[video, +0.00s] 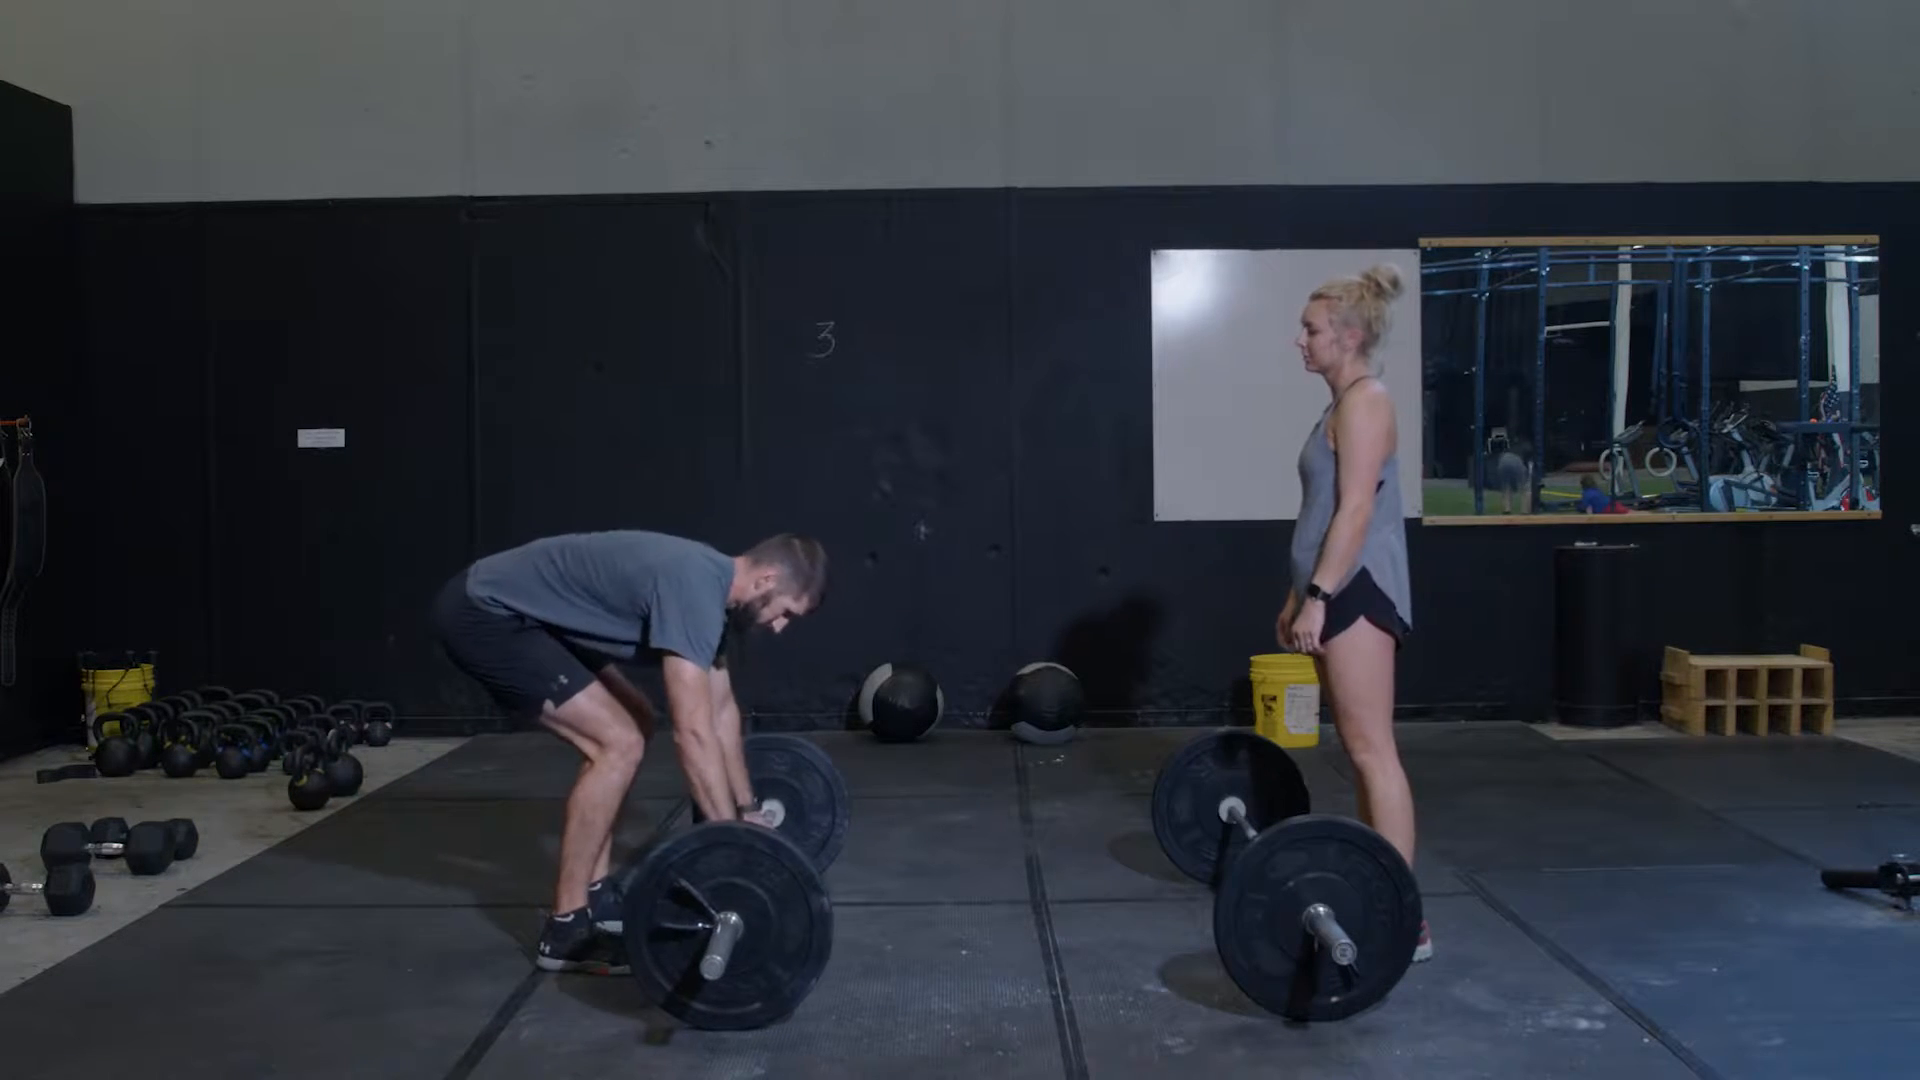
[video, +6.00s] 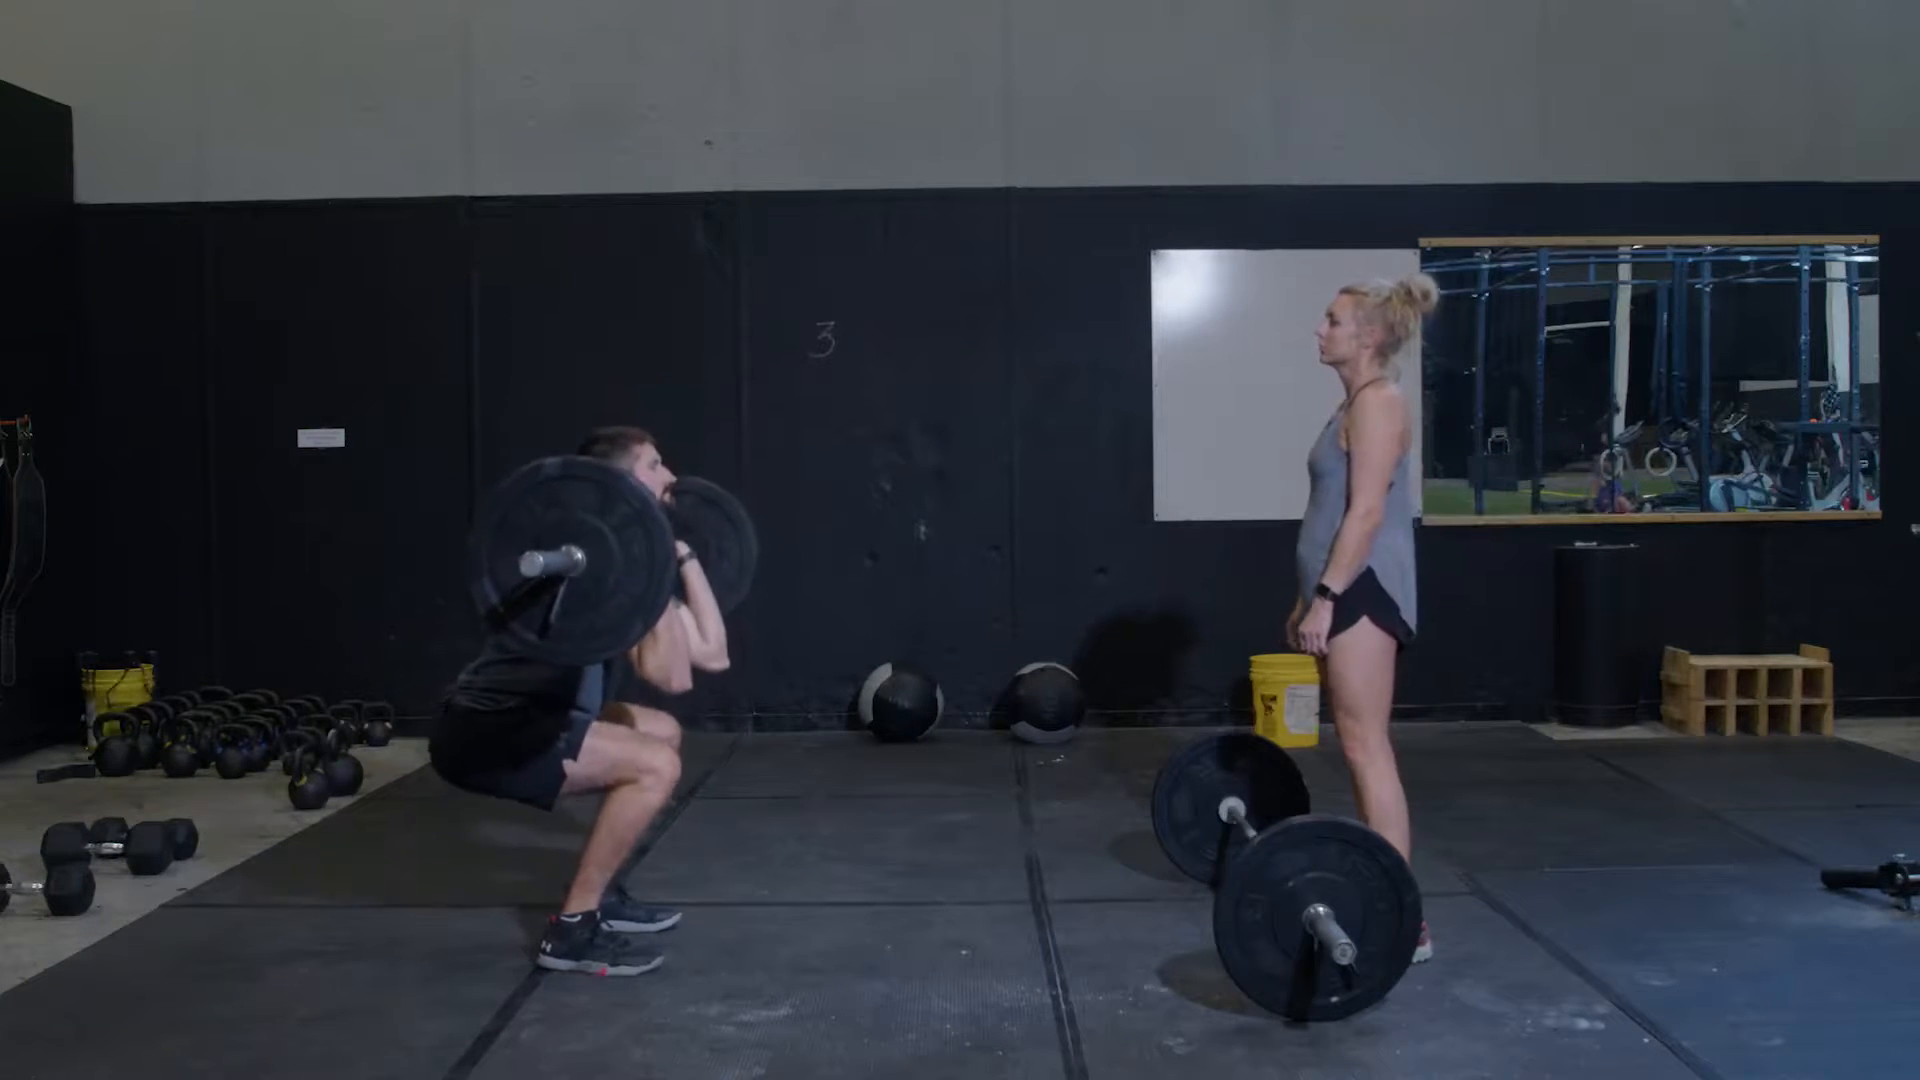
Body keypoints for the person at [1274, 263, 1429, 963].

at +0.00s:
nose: (1301, 341)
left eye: (1312, 330)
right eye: (1303, 329)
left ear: (1351, 337)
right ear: (1342, 339)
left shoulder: (1365, 403)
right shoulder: (1341, 407)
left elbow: (1356, 511)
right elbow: (1326, 515)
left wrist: (1318, 595)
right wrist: (1299, 594)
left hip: (1361, 594)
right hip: (1340, 592)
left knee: (1373, 751)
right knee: (1364, 750)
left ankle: (1399, 911)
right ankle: (1385, 904)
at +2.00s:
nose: (1316, 329)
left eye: (1329, 320)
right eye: (1320, 318)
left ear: (1365, 333)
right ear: (1356, 334)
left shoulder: (1375, 400)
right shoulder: (1354, 403)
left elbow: (1365, 508)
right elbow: (1338, 512)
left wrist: (1325, 594)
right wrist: (1310, 594)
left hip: (1366, 593)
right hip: (1346, 592)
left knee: (1377, 749)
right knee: (1365, 748)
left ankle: (1399, 912)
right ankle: (1378, 901)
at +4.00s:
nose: (1321, 324)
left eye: (1335, 317)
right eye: (1325, 314)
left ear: (1369, 336)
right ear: (1358, 336)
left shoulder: (1375, 402)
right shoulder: (1351, 405)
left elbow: (1367, 509)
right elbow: (1331, 513)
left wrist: (1327, 593)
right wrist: (1304, 594)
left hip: (1367, 593)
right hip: (1342, 593)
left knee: (1378, 748)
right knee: (1359, 747)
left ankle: (1401, 914)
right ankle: (1375, 903)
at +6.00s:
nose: (1321, 330)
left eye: (1334, 322)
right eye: (1325, 320)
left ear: (1370, 335)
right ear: (1358, 337)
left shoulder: (1378, 402)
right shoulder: (1356, 403)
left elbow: (1366, 512)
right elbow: (1339, 514)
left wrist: (1326, 596)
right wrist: (1310, 595)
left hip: (1366, 590)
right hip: (1346, 590)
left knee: (1366, 746)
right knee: (1357, 743)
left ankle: (1398, 912)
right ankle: (1383, 903)